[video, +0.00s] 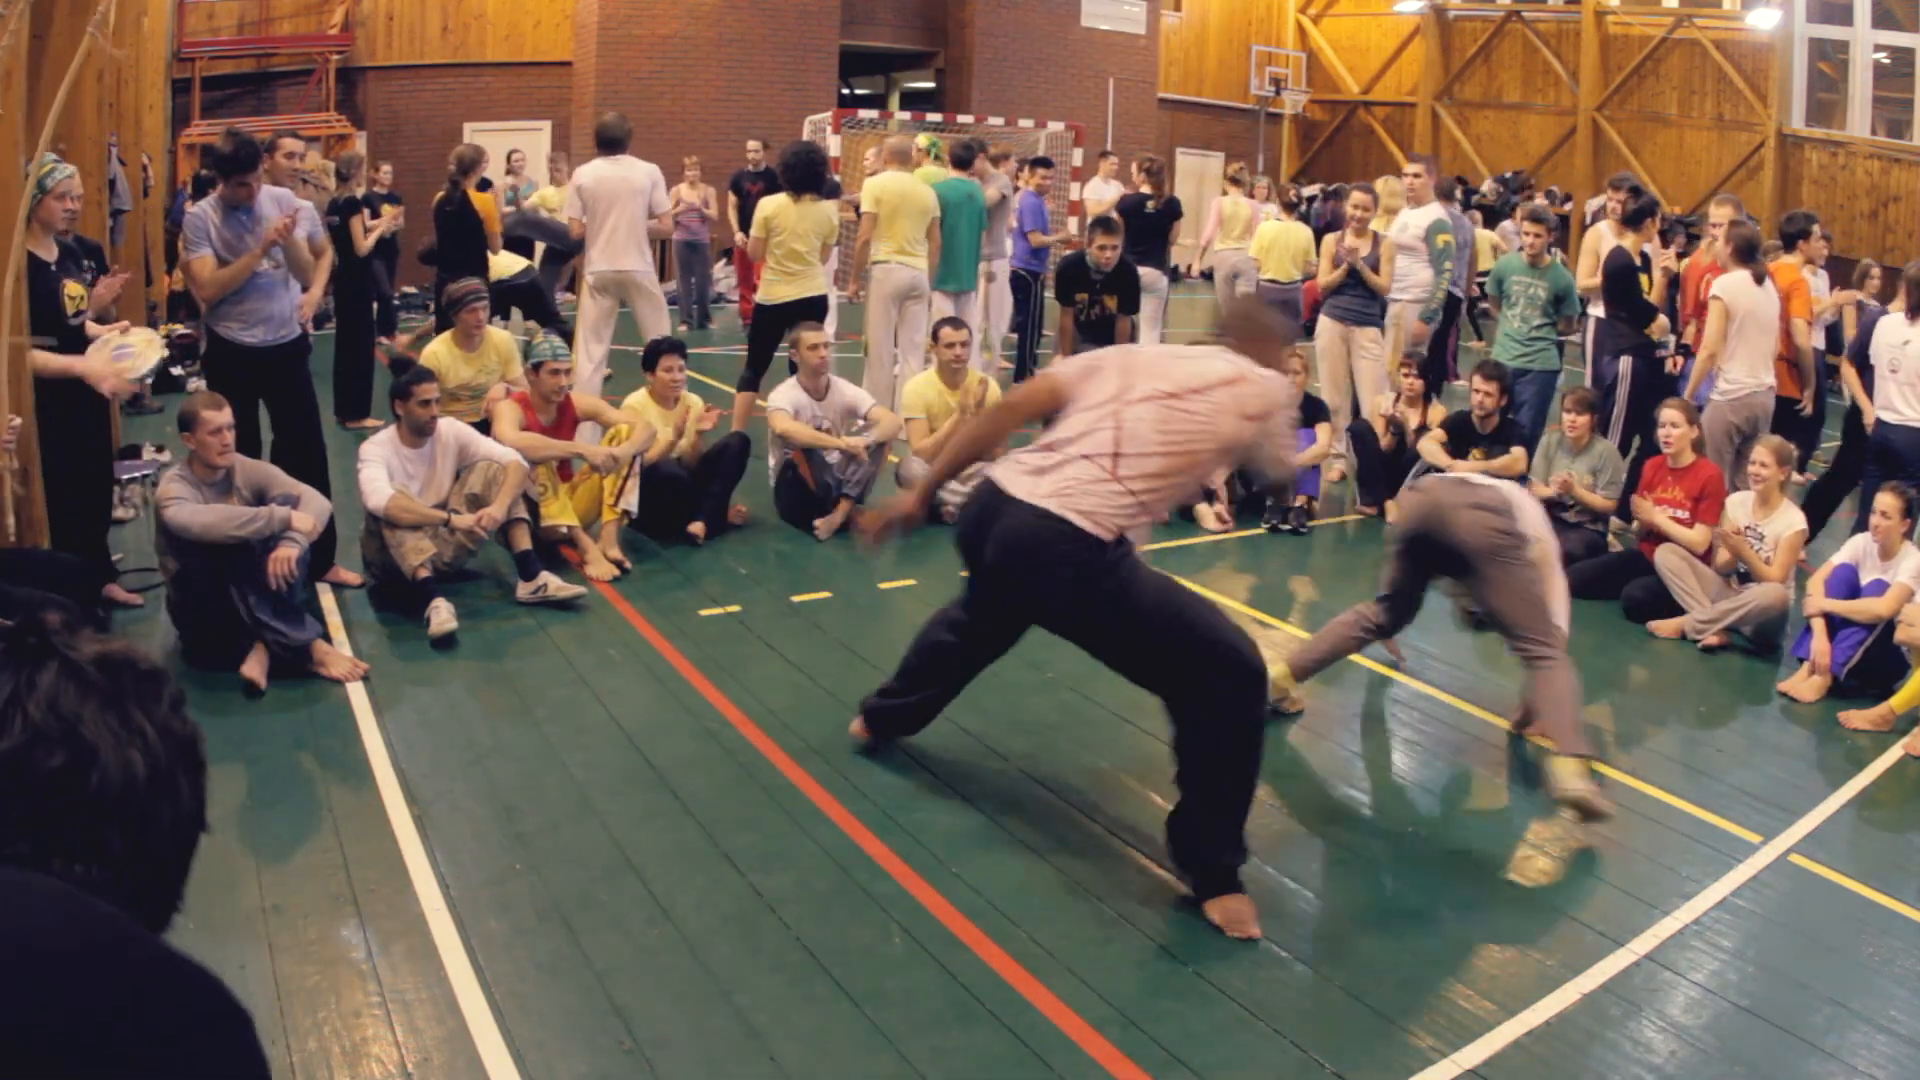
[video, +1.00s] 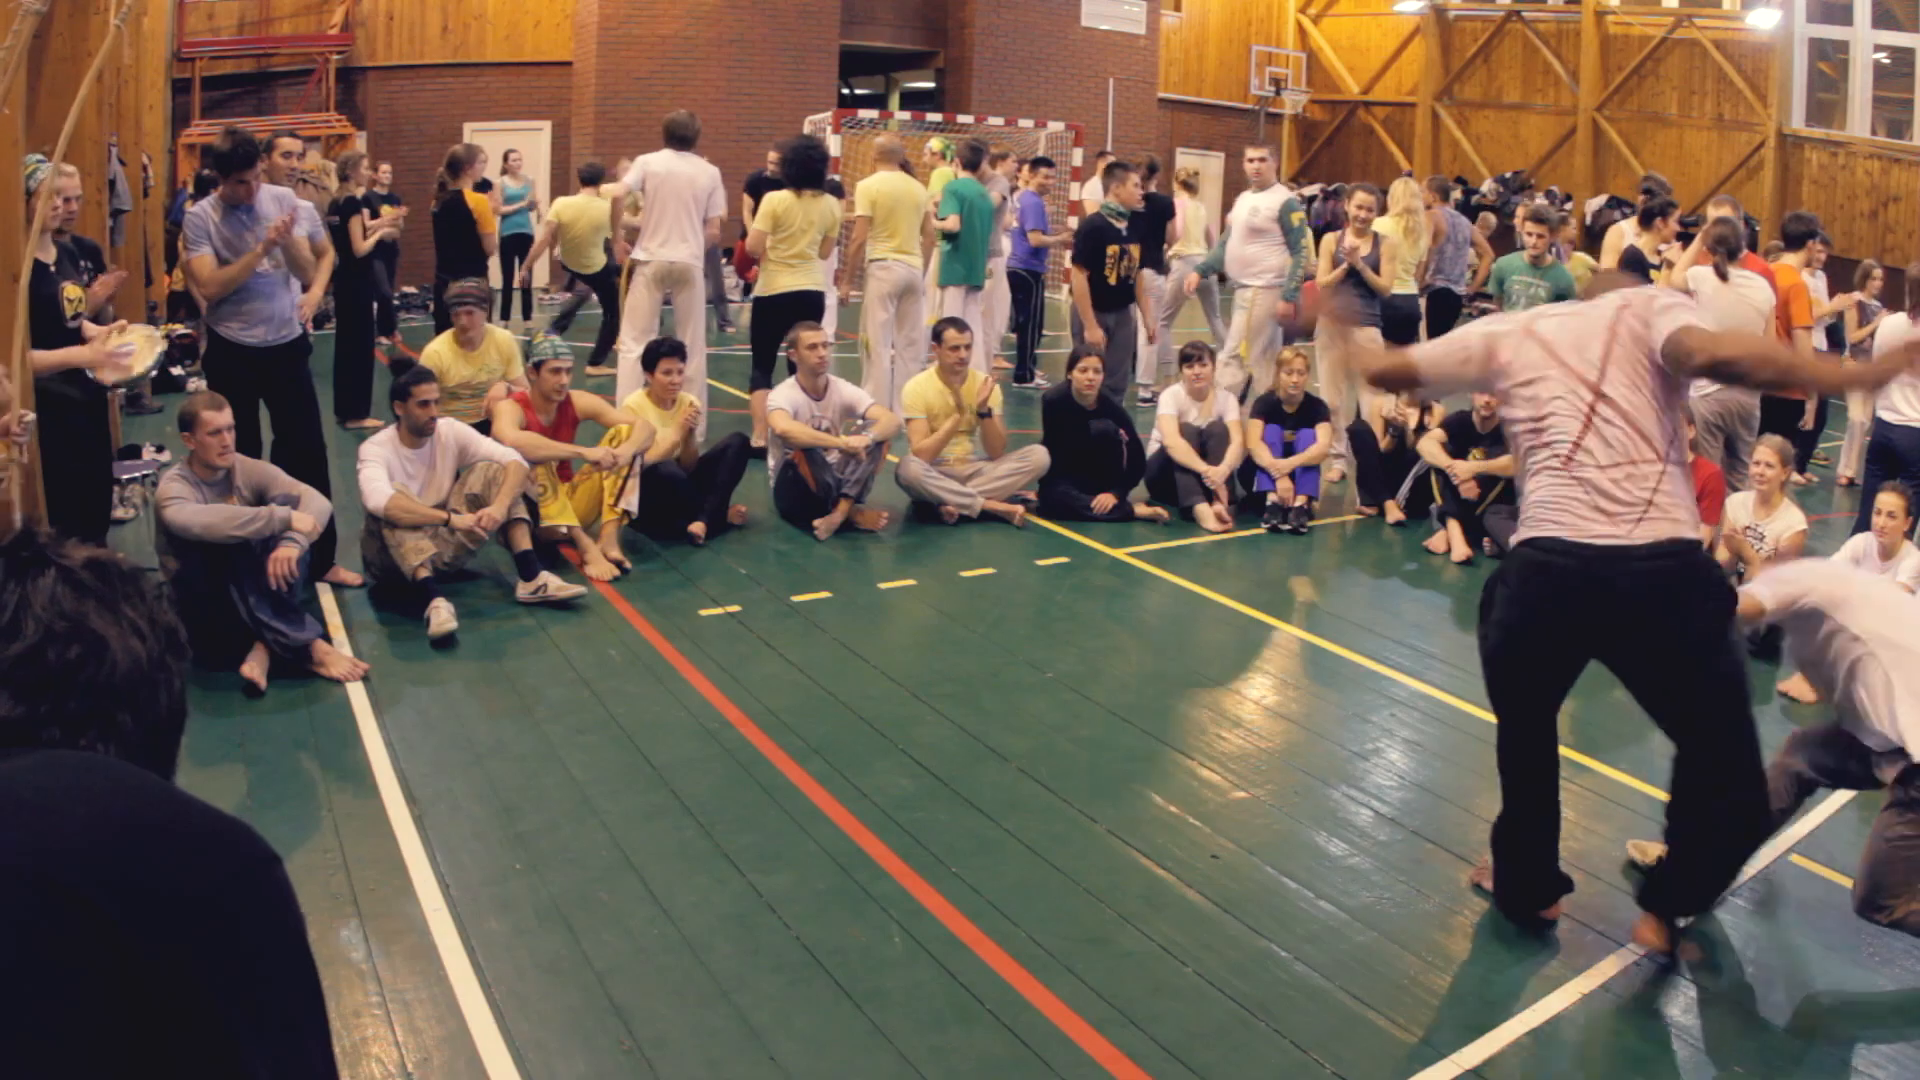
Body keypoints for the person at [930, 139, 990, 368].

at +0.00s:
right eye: (973, 161)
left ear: (949, 160)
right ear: (973, 163)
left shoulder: (937, 190)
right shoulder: (977, 190)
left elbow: (931, 230)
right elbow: (982, 228)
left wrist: (929, 263)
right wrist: (978, 260)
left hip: (942, 268)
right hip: (969, 269)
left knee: (943, 329)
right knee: (968, 330)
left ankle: (945, 376)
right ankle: (970, 375)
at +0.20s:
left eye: (952, 158)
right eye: (981, 163)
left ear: (954, 161)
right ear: (978, 164)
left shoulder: (940, 189)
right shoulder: (983, 195)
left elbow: (936, 227)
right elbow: (986, 237)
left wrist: (924, 248)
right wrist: (976, 260)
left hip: (943, 268)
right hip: (970, 270)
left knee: (943, 331)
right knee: (971, 330)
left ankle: (945, 378)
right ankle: (974, 377)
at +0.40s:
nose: (950, 163)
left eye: (953, 159)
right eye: (953, 159)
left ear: (957, 161)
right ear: (980, 165)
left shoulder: (944, 188)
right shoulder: (984, 195)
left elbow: (937, 224)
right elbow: (987, 233)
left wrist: (922, 222)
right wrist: (980, 259)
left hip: (946, 264)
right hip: (971, 267)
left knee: (946, 325)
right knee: (972, 324)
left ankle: (946, 373)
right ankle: (978, 373)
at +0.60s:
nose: (951, 163)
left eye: (953, 160)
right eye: (954, 159)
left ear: (958, 163)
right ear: (980, 165)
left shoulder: (947, 188)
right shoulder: (984, 195)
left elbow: (943, 225)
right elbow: (988, 235)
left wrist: (927, 221)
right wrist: (979, 260)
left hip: (949, 264)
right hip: (972, 267)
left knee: (947, 322)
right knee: (971, 321)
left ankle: (947, 369)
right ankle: (976, 370)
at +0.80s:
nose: (952, 163)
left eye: (954, 160)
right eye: (954, 159)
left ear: (957, 162)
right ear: (979, 165)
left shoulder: (951, 188)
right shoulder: (986, 196)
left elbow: (949, 224)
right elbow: (987, 233)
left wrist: (930, 222)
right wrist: (983, 261)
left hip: (952, 262)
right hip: (974, 264)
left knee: (949, 320)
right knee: (972, 319)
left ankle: (949, 370)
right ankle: (979, 371)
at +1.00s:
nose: (952, 163)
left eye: (953, 160)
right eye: (954, 159)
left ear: (957, 162)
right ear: (980, 165)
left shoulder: (953, 188)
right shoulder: (985, 194)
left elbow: (953, 225)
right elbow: (988, 232)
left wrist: (934, 223)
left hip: (954, 263)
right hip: (977, 264)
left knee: (950, 320)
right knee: (973, 320)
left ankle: (949, 367)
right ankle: (978, 369)